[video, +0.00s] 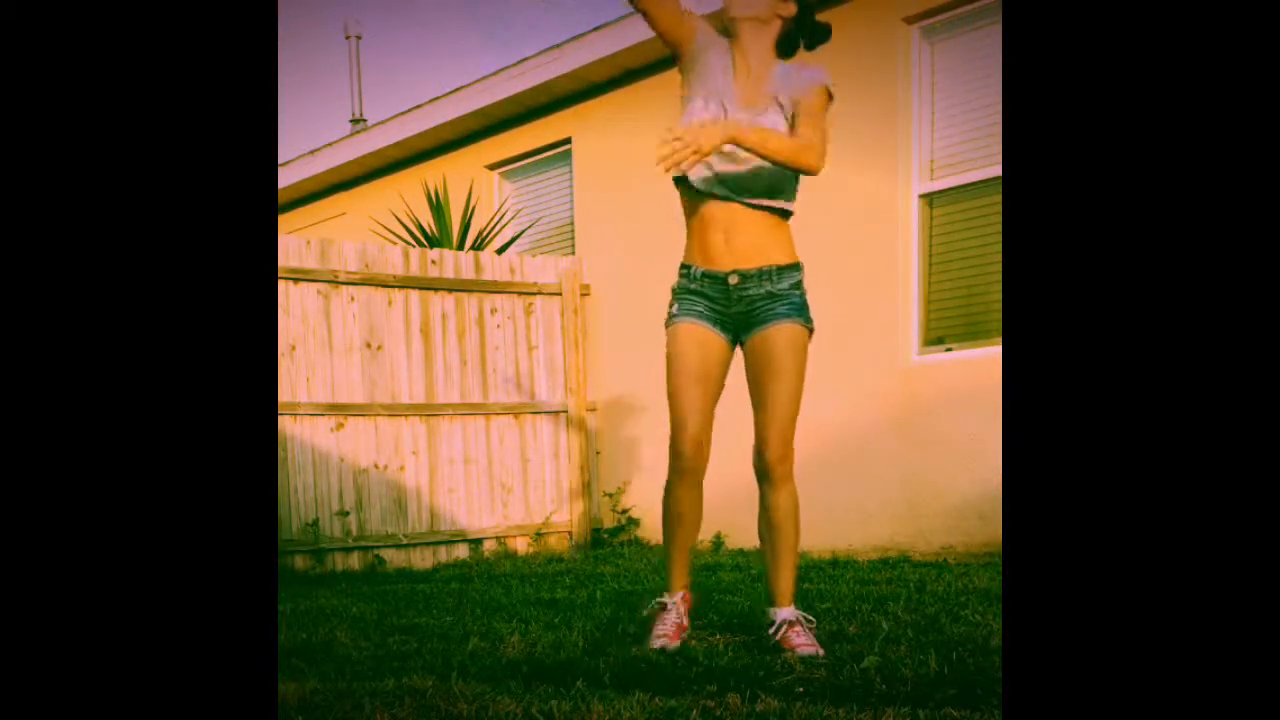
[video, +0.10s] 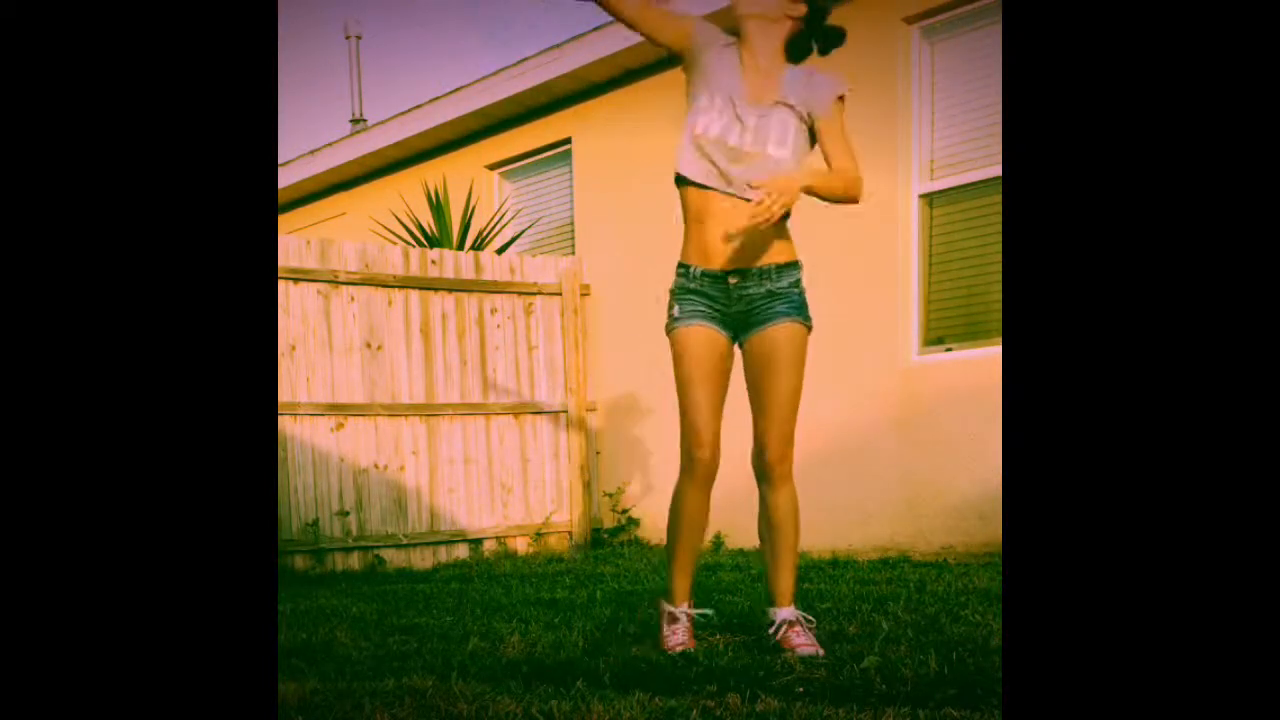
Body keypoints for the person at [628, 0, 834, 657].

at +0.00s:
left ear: (785, 8)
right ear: (730, 7)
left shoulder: (807, 82)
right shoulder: (700, 48)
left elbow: (811, 156)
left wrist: (730, 129)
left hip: (777, 288)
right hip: (699, 288)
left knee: (774, 460)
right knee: (686, 451)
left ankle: (785, 613)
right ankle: (675, 602)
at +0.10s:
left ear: (793, 12)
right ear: (743, 11)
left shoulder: (815, 86)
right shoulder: (703, 46)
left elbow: (850, 184)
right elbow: (613, 2)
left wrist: (800, 179)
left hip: (776, 290)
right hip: (698, 289)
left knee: (775, 461)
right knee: (700, 454)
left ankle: (785, 613)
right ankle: (677, 610)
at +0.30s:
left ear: (802, 8)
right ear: (751, 10)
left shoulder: (823, 87)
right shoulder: (708, 47)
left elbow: (865, 185)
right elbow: (622, 21)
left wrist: (887, 238)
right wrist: (571, 1)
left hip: (771, 289)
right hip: (691, 286)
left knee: (774, 462)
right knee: (694, 461)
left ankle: (787, 612)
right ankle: (679, 612)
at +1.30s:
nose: (772, 51)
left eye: (787, 37)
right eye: (758, 37)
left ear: (807, 32)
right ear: (740, 33)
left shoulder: (834, 102)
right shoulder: (716, 101)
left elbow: (871, 215)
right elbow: (705, 182)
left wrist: (884, 122)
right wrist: (706, 262)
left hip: (804, 298)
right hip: (732, 293)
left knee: (799, 469)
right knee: (718, 291)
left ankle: (790, 613)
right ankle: (749, 476)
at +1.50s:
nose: (758, 51)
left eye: (773, 38)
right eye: (744, 37)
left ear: (790, 36)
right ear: (726, 35)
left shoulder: (813, 102)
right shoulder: (704, 108)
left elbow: (900, 181)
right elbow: (688, 200)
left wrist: (884, 83)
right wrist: (654, 278)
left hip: (788, 306)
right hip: (716, 313)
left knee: (756, 452)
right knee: (723, 467)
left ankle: (793, 605)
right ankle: (743, 613)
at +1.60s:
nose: (751, 47)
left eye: (766, 33)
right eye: (738, 33)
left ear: (784, 34)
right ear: (720, 32)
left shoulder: (806, 99)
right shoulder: (702, 111)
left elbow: (909, 151)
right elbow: (666, 210)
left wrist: (879, 61)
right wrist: (600, 275)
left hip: (783, 302)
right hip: (720, 310)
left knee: (708, 442)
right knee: (724, 460)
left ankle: (789, 591)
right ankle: (744, 614)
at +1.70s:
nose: (748, 38)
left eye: (762, 23)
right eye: (734, 25)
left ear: (780, 24)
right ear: (717, 26)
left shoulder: (802, 85)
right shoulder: (703, 104)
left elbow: (907, 136)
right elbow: (639, 192)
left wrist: (875, 43)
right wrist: (573, 208)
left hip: (778, 293)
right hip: (727, 300)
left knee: (693, 441)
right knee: (727, 465)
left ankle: (782, 582)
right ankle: (744, 614)